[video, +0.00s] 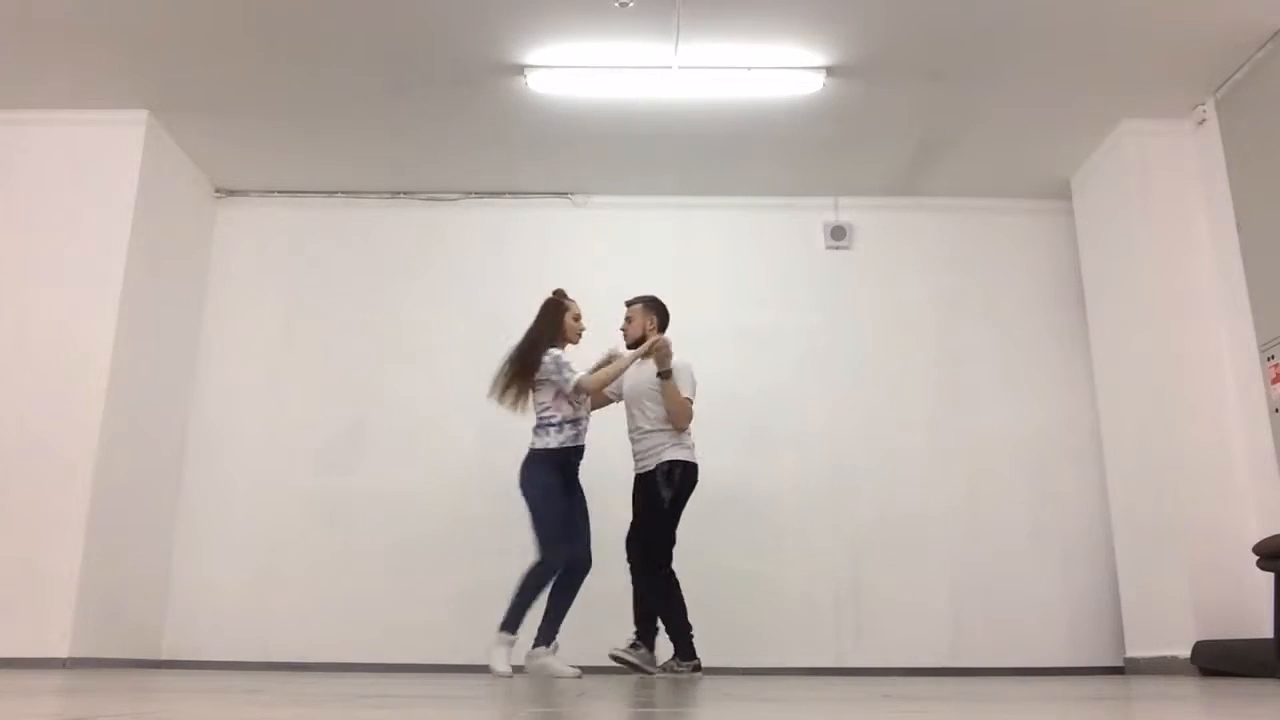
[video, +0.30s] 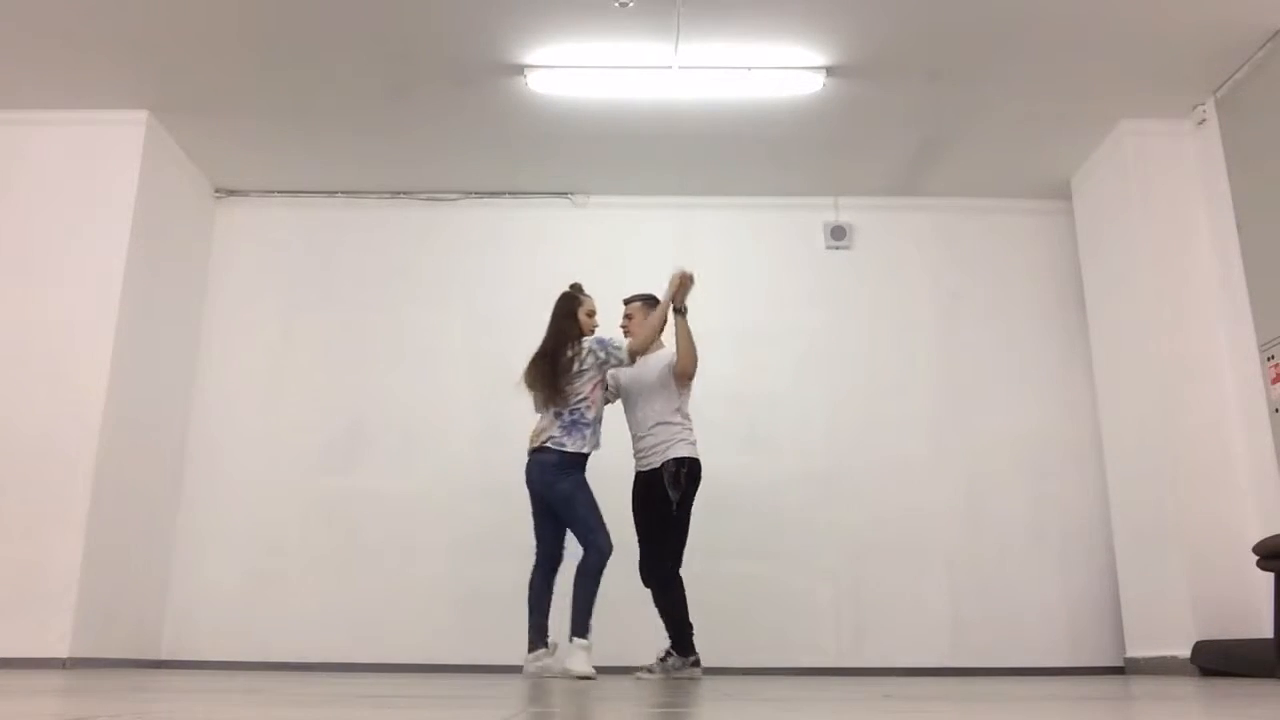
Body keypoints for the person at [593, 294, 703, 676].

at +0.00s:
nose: (622, 327)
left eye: (629, 320)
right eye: (624, 321)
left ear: (652, 323)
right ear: (644, 325)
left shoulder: (677, 367)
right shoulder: (629, 372)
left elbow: (681, 420)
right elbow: (587, 402)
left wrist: (664, 370)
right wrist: (600, 367)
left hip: (675, 465)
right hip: (646, 471)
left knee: (640, 547)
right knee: (654, 560)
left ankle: (644, 644)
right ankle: (686, 655)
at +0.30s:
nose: (624, 324)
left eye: (632, 316)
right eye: (623, 318)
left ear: (657, 320)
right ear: (627, 326)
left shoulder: (672, 357)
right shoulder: (621, 373)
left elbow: (687, 368)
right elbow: (584, 400)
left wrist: (679, 312)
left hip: (678, 461)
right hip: (646, 470)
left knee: (662, 564)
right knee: (652, 568)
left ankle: (684, 652)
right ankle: (681, 651)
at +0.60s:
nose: (632, 316)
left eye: (639, 309)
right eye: (632, 310)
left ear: (661, 314)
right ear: (641, 318)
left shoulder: (677, 348)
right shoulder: (645, 373)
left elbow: (656, 303)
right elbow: (636, 435)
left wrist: (621, 253)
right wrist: (585, 434)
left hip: (687, 463)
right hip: (656, 468)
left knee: (669, 560)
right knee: (614, 543)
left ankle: (688, 656)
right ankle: (657, 627)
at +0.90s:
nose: (644, 310)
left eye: (651, 302)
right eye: (645, 304)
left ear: (675, 307)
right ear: (664, 311)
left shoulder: (683, 339)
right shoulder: (667, 360)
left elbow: (638, 295)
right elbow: (661, 428)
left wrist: (598, 255)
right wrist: (618, 429)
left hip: (690, 459)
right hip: (669, 462)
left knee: (672, 554)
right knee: (626, 546)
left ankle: (689, 657)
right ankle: (678, 626)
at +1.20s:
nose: (646, 302)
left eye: (656, 296)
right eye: (645, 298)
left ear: (675, 305)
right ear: (647, 311)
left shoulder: (685, 343)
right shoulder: (658, 364)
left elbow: (670, 286)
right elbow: (648, 423)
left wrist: (650, 238)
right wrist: (607, 419)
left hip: (687, 459)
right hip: (665, 464)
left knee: (664, 556)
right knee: (668, 558)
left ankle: (716, 648)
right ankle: (690, 651)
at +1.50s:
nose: (639, 306)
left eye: (647, 300)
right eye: (638, 301)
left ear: (668, 308)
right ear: (638, 313)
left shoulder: (677, 343)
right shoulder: (641, 368)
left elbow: (649, 286)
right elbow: (618, 422)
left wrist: (608, 241)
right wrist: (592, 390)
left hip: (680, 458)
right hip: (656, 463)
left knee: (658, 558)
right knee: (663, 560)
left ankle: (664, 654)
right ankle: (721, 643)